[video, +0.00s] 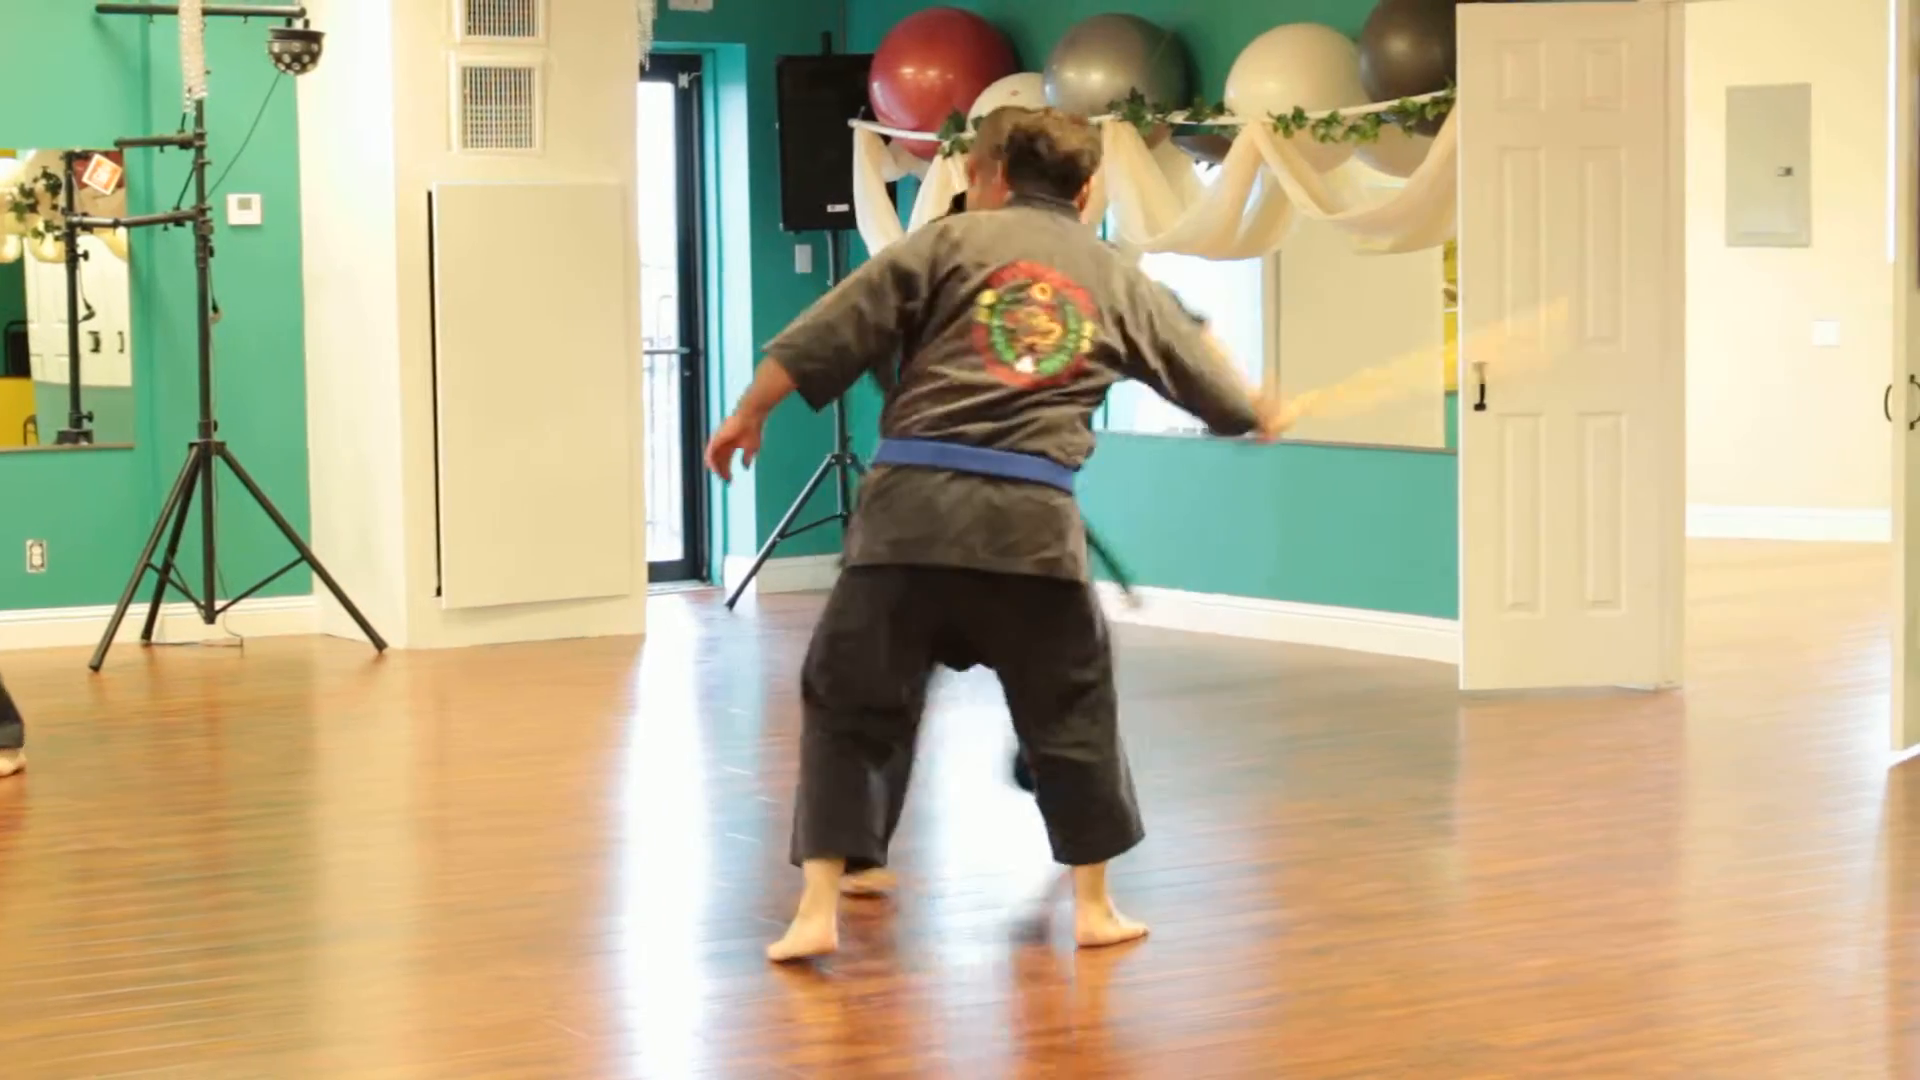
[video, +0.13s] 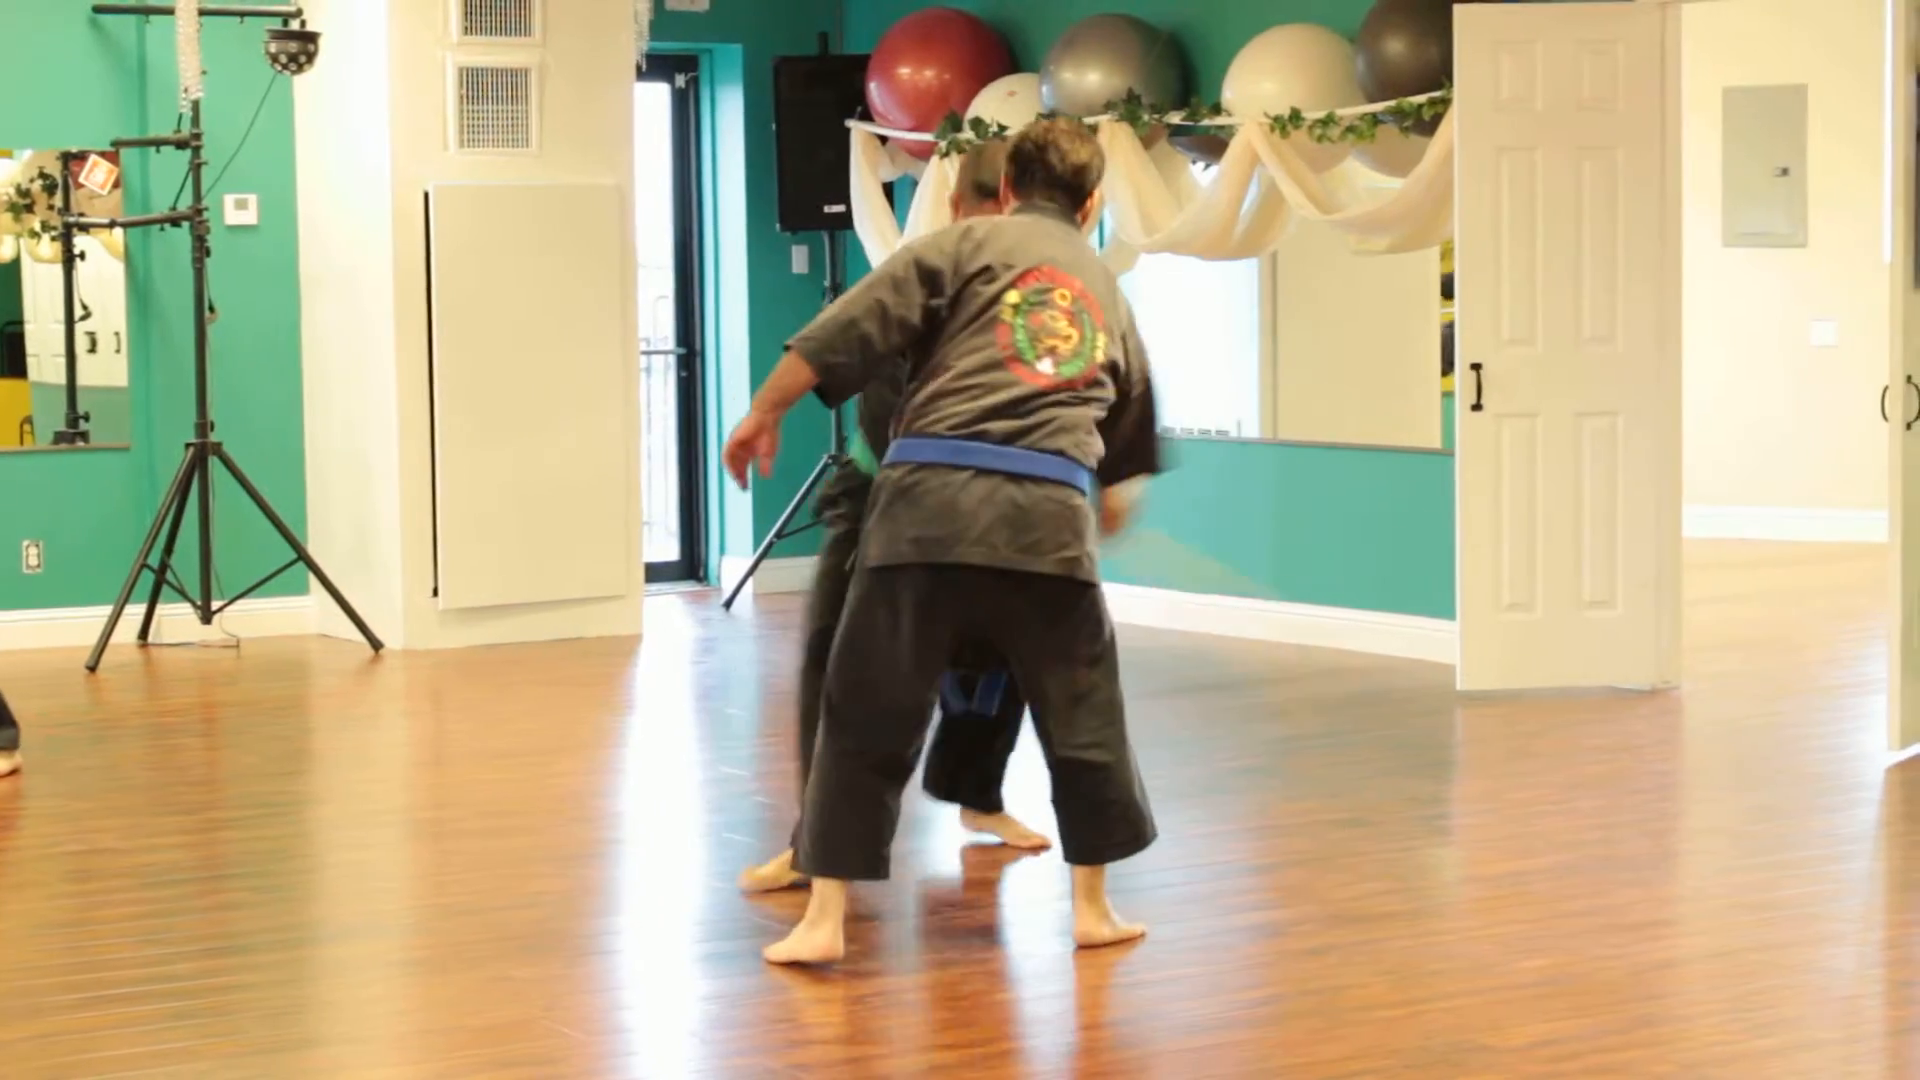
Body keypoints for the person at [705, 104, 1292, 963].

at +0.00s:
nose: (965, 185)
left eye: (971, 173)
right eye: (969, 174)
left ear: (990, 176)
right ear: (1087, 192)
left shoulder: (942, 242)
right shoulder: (1115, 275)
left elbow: (824, 333)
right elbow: (1195, 363)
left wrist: (746, 417)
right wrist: (1257, 411)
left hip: (905, 521)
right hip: (1032, 535)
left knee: (851, 701)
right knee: (1072, 706)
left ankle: (817, 908)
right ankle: (1094, 904)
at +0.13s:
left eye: (997, 182)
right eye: (1105, 202)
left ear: (1009, 183)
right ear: (1093, 204)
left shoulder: (959, 243)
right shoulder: (1107, 293)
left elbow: (844, 329)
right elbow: (1131, 433)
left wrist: (762, 413)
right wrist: (1100, 502)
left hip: (921, 515)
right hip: (1045, 531)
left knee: (864, 710)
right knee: (1082, 708)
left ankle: (823, 915)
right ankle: (1092, 906)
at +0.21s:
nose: (1099, 223)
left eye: (989, 195)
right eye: (1097, 213)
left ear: (1002, 195)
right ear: (1082, 213)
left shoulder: (965, 252)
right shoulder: (1089, 303)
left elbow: (849, 333)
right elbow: (1084, 418)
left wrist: (778, 412)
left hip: (935, 521)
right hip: (1054, 533)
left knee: (868, 715)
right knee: (1086, 712)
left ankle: (825, 917)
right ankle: (1091, 904)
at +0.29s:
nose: (959, 229)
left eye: (963, 217)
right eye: (963, 219)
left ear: (981, 215)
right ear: (1048, 227)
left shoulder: (955, 258)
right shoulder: (1065, 301)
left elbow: (864, 336)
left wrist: (793, 415)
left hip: (945, 527)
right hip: (1061, 538)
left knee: (866, 719)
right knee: (1085, 714)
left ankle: (827, 919)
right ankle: (1090, 905)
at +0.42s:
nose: (913, 241)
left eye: (919, 226)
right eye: (915, 229)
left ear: (943, 214)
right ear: (1001, 223)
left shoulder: (947, 259)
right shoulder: (1028, 294)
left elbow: (877, 338)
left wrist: (804, 412)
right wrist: (845, 462)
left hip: (949, 525)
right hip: (1056, 533)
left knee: (866, 719)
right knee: (1077, 714)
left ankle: (827, 927)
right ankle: (1087, 908)